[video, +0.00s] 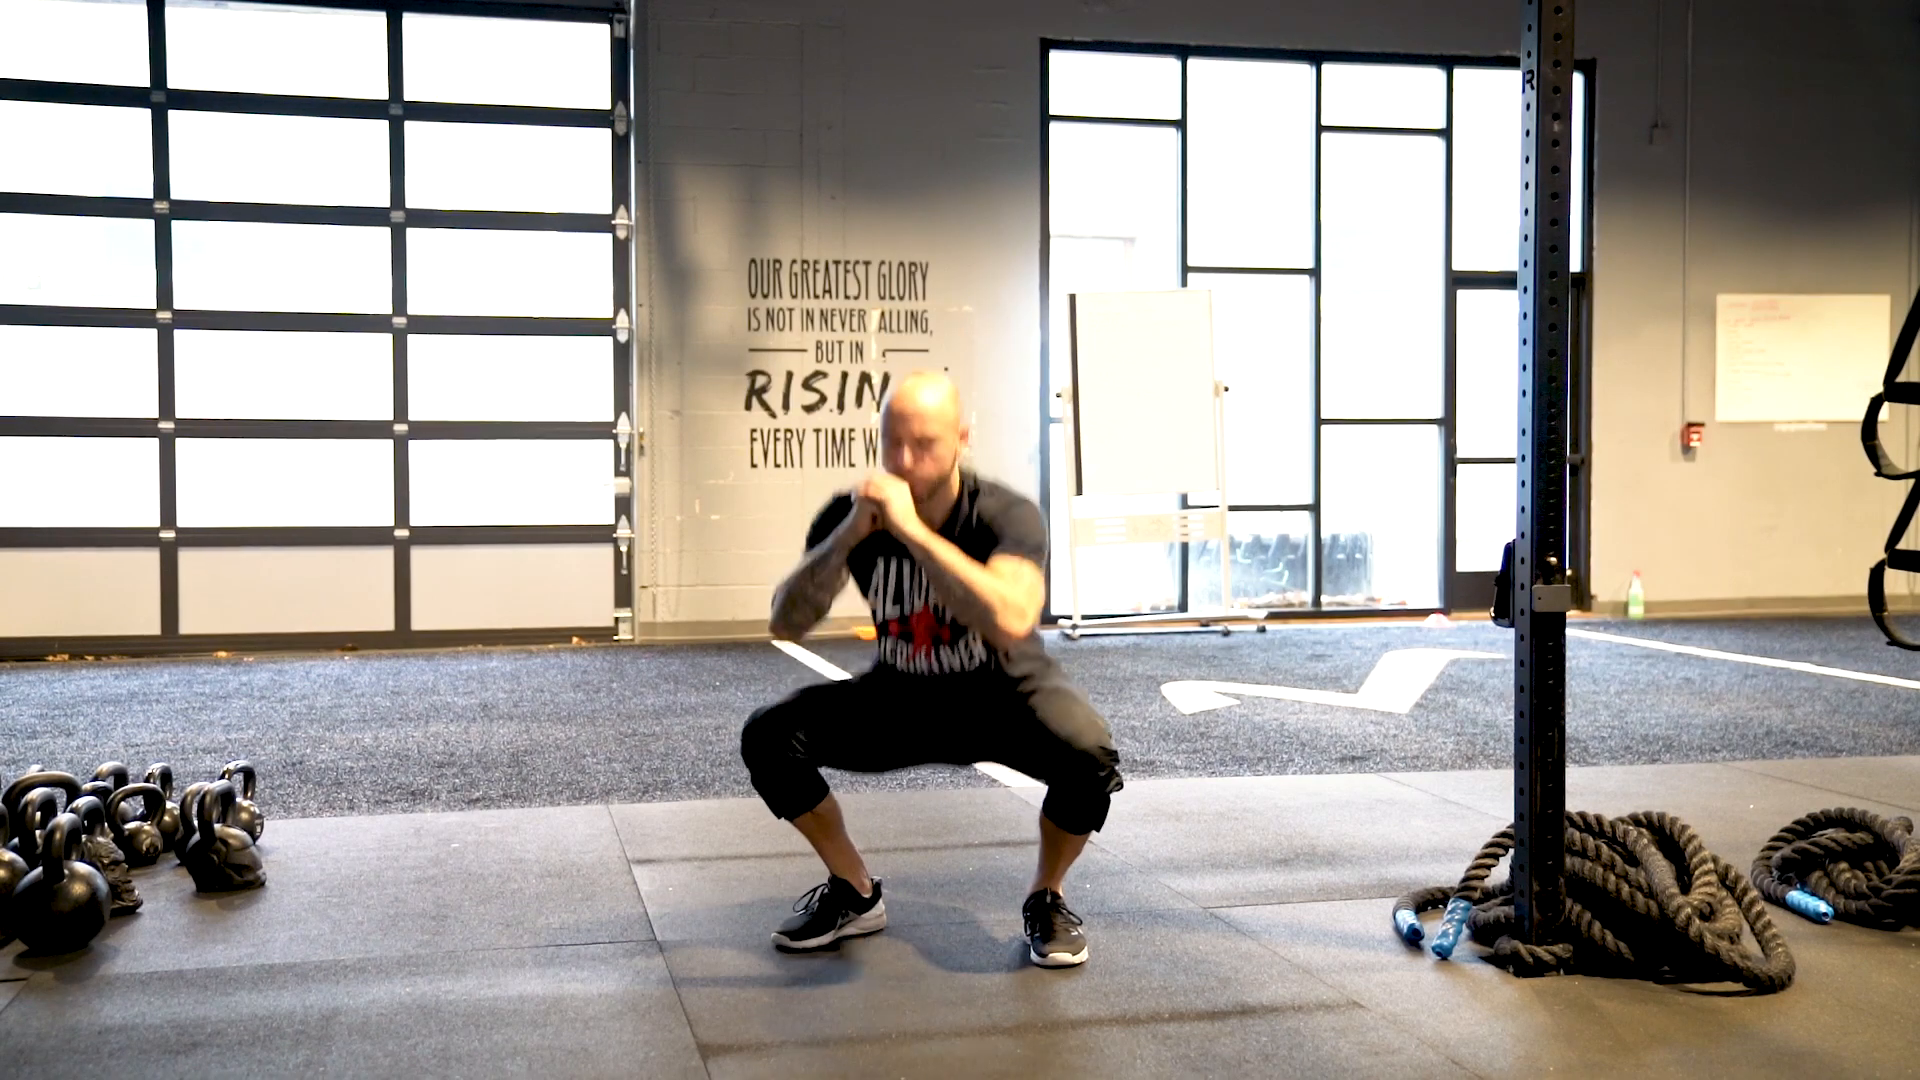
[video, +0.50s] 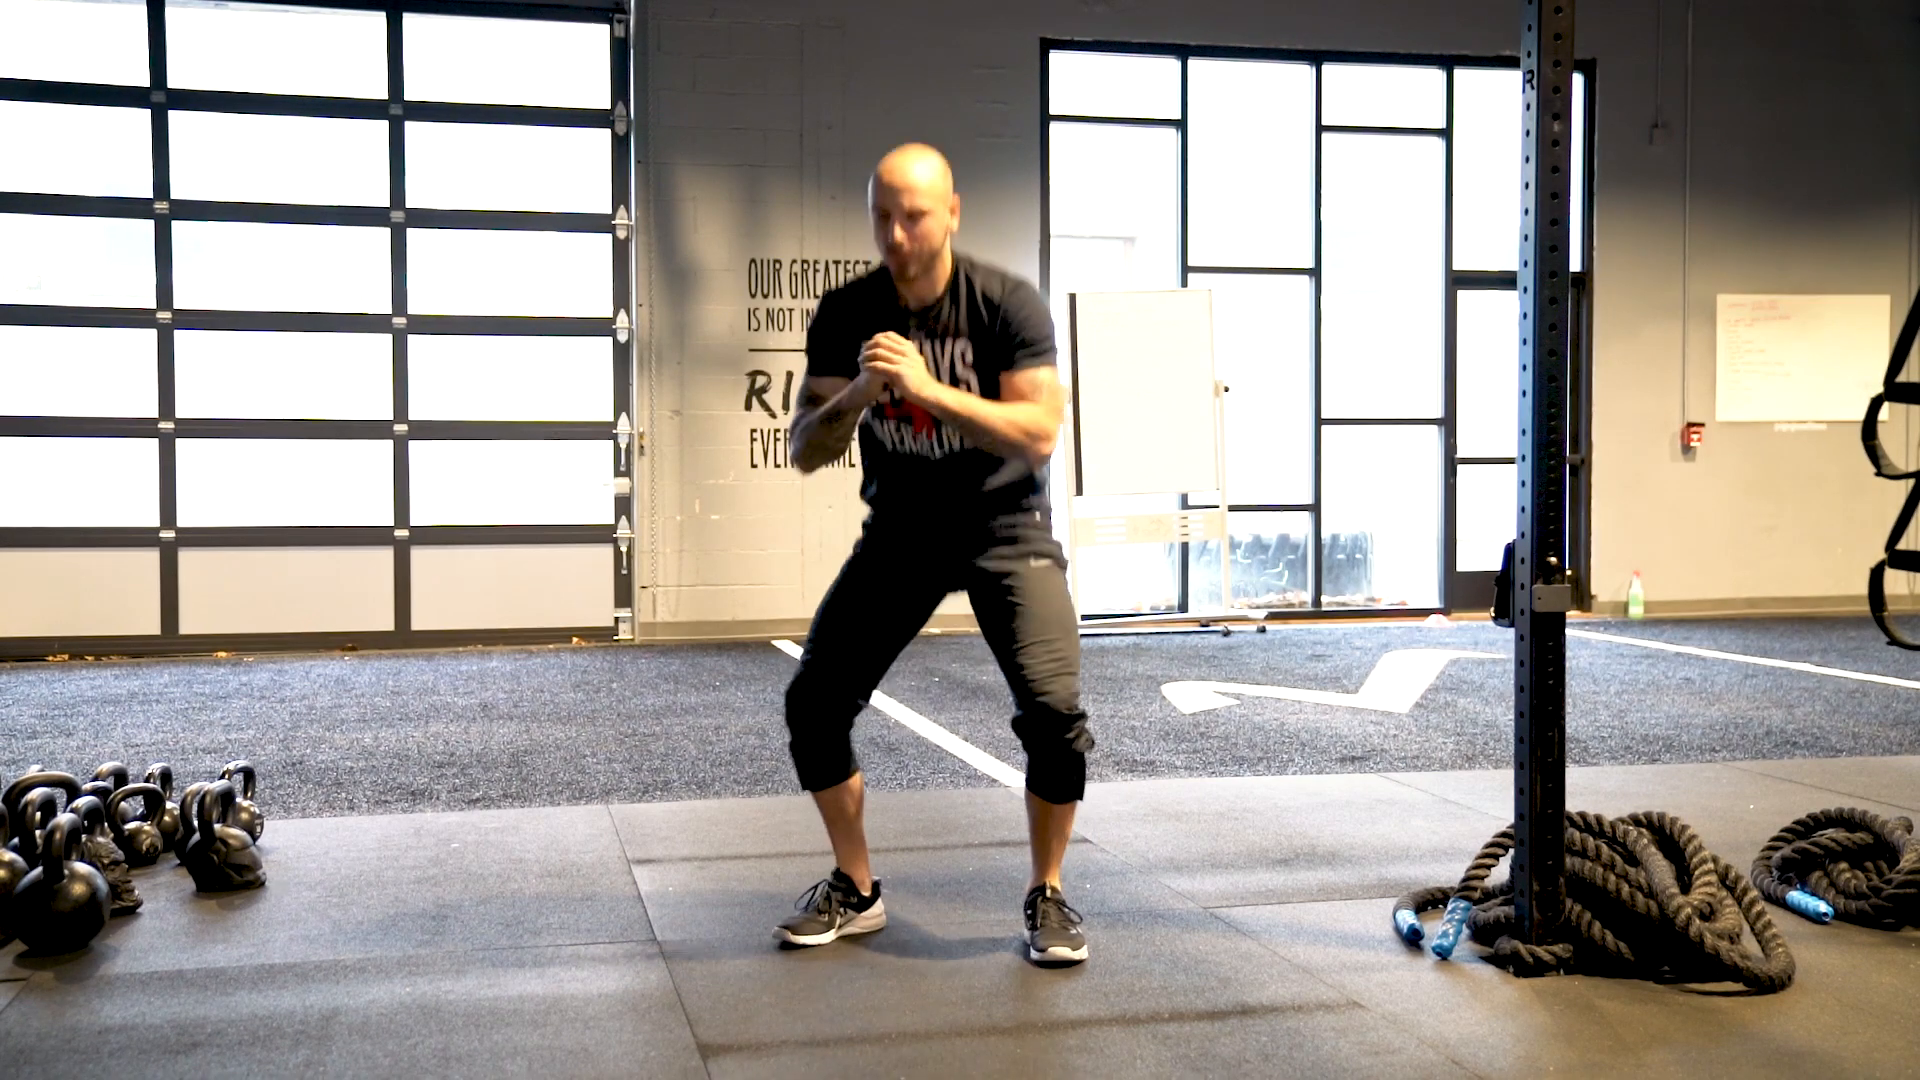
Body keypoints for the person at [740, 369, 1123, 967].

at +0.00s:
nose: (903, 461)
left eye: (922, 445)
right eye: (893, 443)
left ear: (960, 441)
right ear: (878, 439)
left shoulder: (1008, 515)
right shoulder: (852, 515)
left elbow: (1012, 619)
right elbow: (786, 625)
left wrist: (910, 528)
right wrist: (849, 537)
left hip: (1002, 698)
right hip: (902, 698)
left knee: (1088, 760)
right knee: (769, 738)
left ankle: (1047, 899)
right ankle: (854, 890)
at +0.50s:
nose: (898, 238)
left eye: (915, 219)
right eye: (885, 220)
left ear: (953, 216)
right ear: (871, 221)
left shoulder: (1011, 306)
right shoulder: (843, 313)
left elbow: (1038, 437)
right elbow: (808, 453)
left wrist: (926, 389)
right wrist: (856, 396)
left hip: (1008, 532)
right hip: (902, 534)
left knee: (1056, 713)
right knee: (813, 708)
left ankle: (1048, 894)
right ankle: (855, 888)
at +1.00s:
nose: (900, 495)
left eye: (918, 479)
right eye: (888, 478)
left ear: (956, 473)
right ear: (873, 474)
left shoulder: (1005, 547)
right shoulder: (845, 550)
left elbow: (1013, 653)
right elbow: (780, 659)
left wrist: (911, 562)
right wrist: (848, 568)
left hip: (994, 728)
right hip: (893, 730)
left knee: (1090, 752)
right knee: (766, 742)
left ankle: (1047, 898)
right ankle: (853, 888)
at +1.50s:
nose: (895, 228)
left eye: (913, 209)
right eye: (883, 210)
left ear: (953, 206)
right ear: (871, 210)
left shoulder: (1015, 300)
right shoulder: (844, 306)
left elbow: (1054, 431)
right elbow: (819, 447)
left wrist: (948, 418)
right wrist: (864, 417)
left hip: (1010, 526)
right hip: (902, 527)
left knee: (1056, 714)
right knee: (820, 702)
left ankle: (1047, 893)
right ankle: (855, 886)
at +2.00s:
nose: (901, 506)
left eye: (921, 490)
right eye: (889, 488)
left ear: (959, 485)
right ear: (875, 484)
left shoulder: (1005, 559)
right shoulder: (847, 562)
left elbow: (1002, 665)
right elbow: (783, 673)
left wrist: (908, 573)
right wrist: (848, 576)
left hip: (994, 741)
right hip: (896, 743)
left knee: (1091, 752)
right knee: (767, 740)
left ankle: (1046, 898)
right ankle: (854, 888)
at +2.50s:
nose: (892, 216)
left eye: (910, 198)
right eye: (880, 198)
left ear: (949, 196)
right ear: (867, 200)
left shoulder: (1010, 289)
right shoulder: (839, 297)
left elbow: (1054, 421)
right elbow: (815, 438)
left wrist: (946, 410)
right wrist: (863, 408)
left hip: (1005, 525)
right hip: (895, 525)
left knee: (1053, 713)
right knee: (819, 701)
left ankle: (1046, 893)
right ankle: (855, 884)